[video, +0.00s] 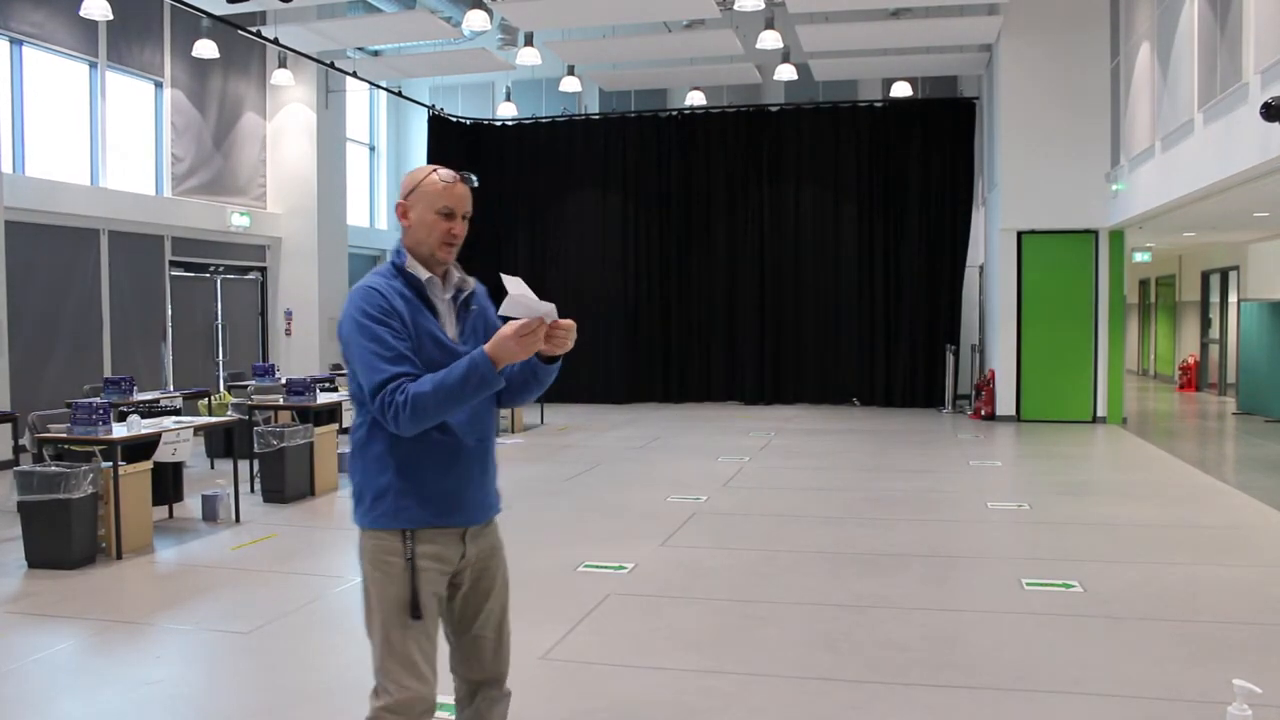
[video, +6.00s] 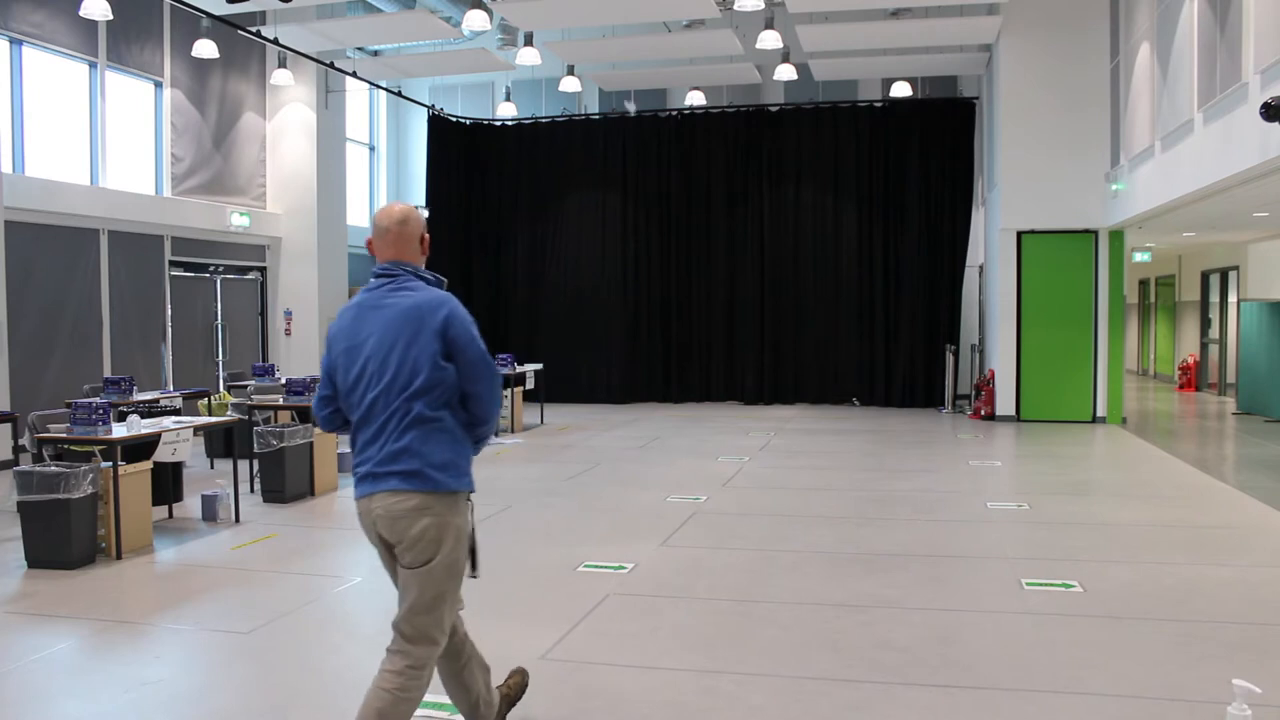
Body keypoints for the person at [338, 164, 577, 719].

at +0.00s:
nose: (458, 229)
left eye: (464, 218)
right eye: (445, 215)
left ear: (469, 223)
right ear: (404, 214)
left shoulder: (473, 298)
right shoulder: (371, 302)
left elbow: (507, 389)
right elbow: (399, 409)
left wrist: (548, 356)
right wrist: (492, 356)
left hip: (476, 523)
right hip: (402, 530)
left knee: (486, 690)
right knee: (407, 698)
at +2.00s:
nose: (329, 212)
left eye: (328, 201)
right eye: (326, 202)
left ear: (257, 211)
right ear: (308, 208)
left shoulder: (218, 287)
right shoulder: (322, 290)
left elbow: (262, 370)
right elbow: (424, 326)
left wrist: (345, 365)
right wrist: (427, 249)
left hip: (230, 523)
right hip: (311, 528)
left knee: (261, 689)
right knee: (341, 689)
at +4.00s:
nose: (464, 246)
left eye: (459, 240)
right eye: (461, 240)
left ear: (412, 262)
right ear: (459, 250)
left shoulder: (391, 328)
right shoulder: (491, 302)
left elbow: (392, 411)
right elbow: (552, 281)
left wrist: (448, 411)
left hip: (421, 494)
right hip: (484, 486)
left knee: (471, 613)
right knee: (471, 625)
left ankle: (498, 711)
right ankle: (423, 713)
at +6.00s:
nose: (428, 243)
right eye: (427, 235)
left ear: (370, 248)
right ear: (425, 245)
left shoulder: (345, 320)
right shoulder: (443, 310)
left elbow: (327, 414)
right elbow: (485, 393)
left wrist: (378, 412)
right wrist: (466, 439)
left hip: (371, 500)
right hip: (432, 499)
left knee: (439, 617)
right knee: (414, 647)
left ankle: (485, 706)